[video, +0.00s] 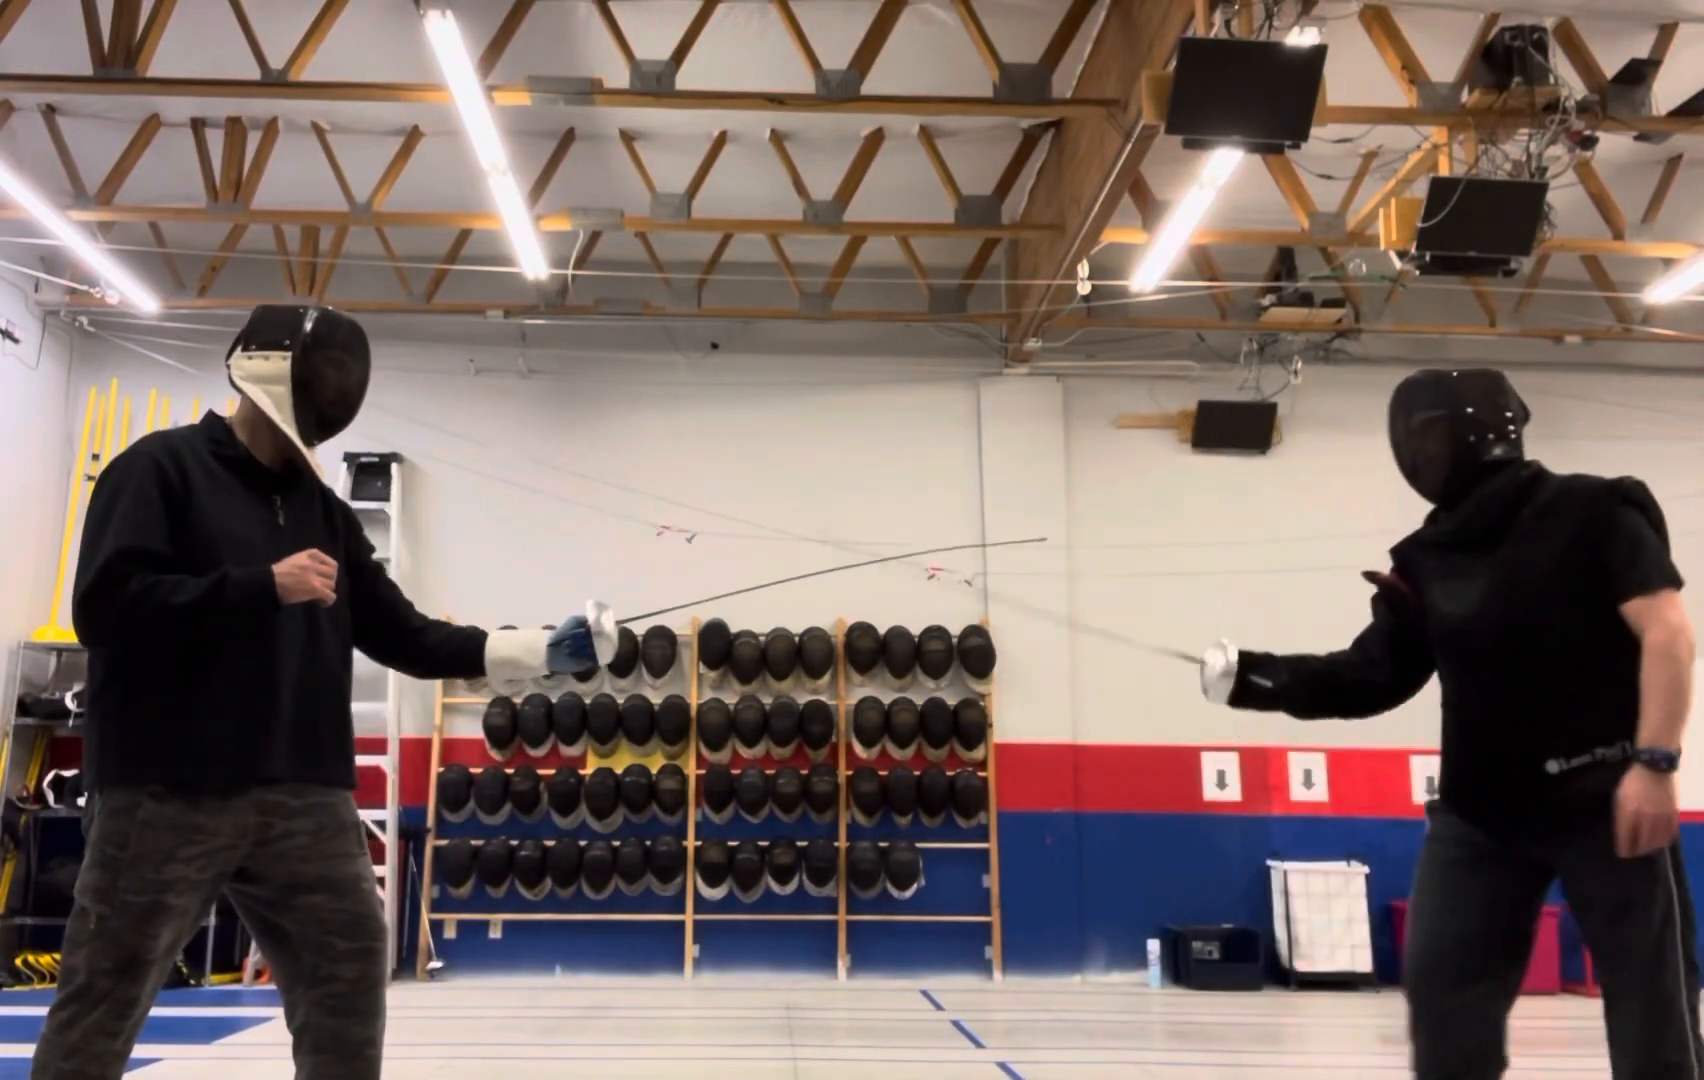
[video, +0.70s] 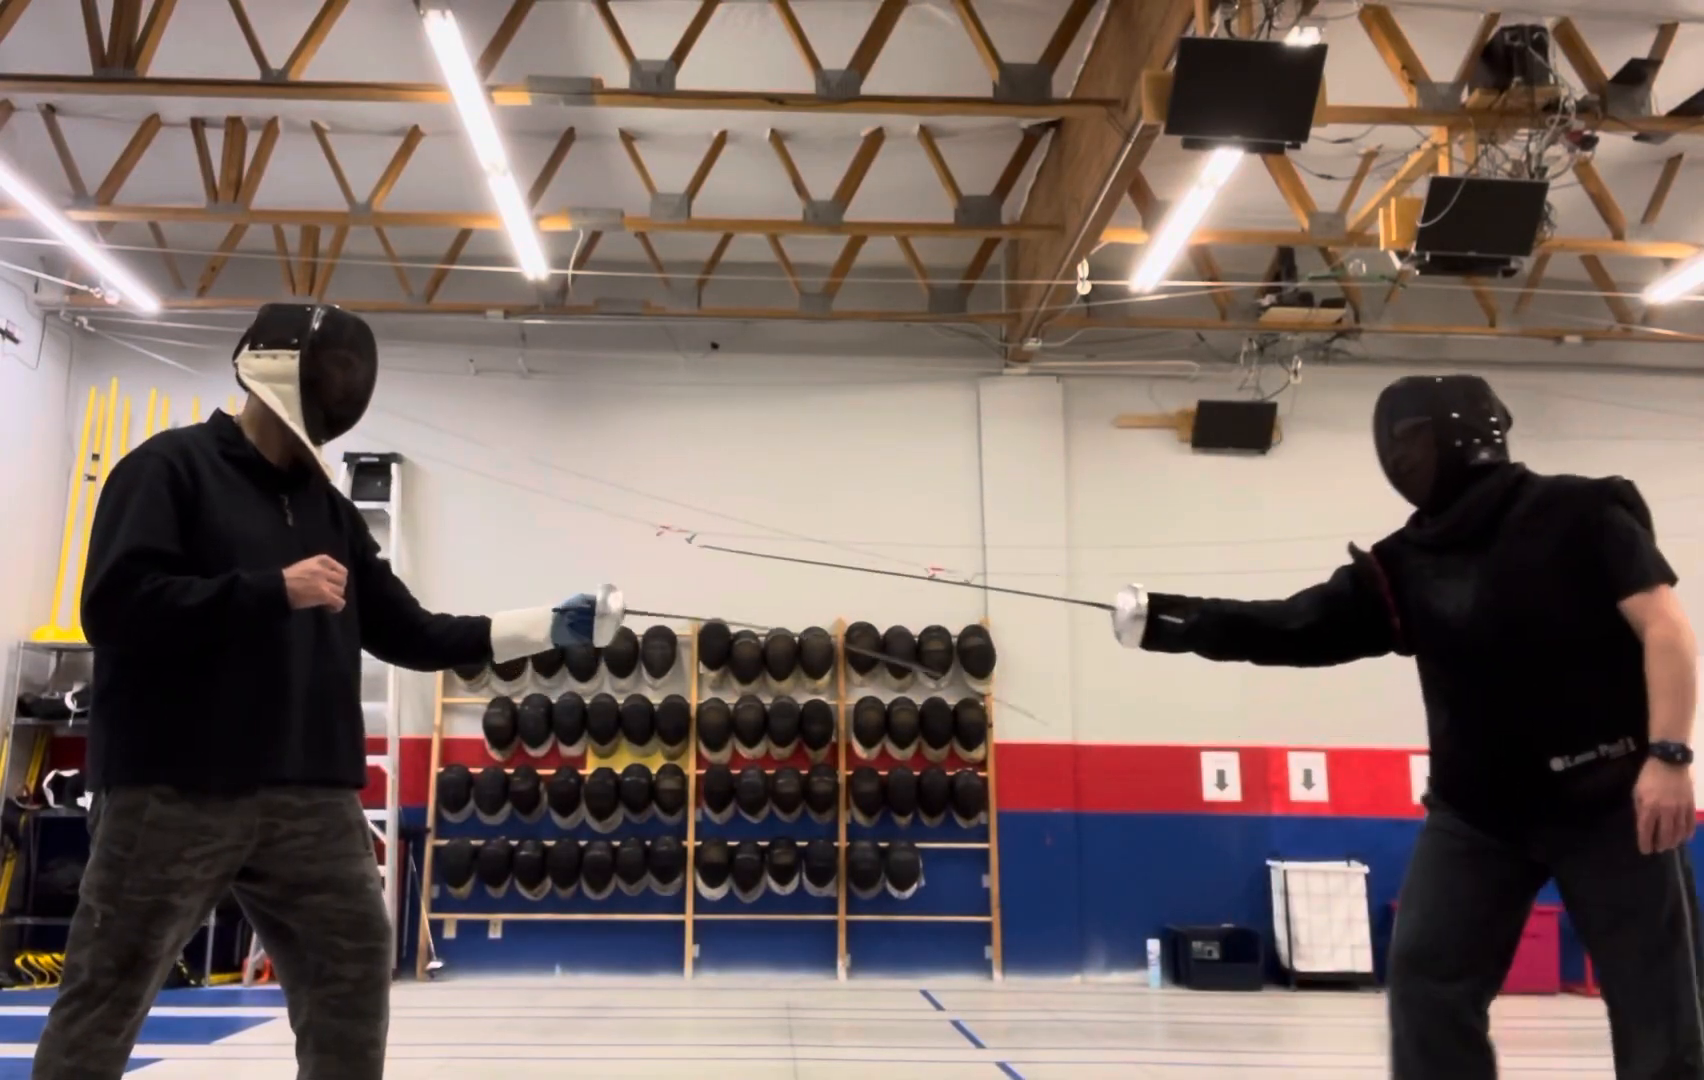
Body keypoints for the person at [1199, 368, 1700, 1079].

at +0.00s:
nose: (1408, 459)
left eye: (1418, 438)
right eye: (1405, 444)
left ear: (1462, 432)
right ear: (1493, 432)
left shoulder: (1596, 513)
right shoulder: (1428, 561)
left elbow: (1668, 631)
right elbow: (1373, 676)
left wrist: (1656, 764)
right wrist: (1250, 676)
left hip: (1606, 804)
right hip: (1480, 817)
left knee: (1654, 1021)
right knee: (1445, 1008)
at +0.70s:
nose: (1396, 463)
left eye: (1407, 442)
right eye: (1392, 448)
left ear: (1456, 436)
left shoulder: (1584, 513)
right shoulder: (1405, 567)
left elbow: (1666, 630)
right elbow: (1296, 624)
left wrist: (1670, 755)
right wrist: (1166, 620)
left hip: (1607, 804)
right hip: (1477, 819)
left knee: (1660, 1023)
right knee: (1428, 1001)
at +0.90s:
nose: (1319, 474)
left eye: (1329, 453)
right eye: (1317, 459)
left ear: (1373, 449)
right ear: (1398, 449)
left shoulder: (1507, 526)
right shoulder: (1336, 581)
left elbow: (1593, 641)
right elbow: (1229, 640)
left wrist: (1611, 767)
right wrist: (1102, 631)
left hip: (1542, 823)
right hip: (1412, 839)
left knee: (1624, 1048)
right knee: (1358, 1050)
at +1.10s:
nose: (1213, 464)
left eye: (1221, 442)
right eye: (1209, 448)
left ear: (1274, 432)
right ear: (1268, 440)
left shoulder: (1394, 506)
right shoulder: (1235, 569)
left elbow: (1481, 621)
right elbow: (1141, 646)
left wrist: (1482, 747)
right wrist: (1018, 635)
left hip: (1437, 802)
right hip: (1312, 824)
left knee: (1551, 1030)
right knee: (1279, 1049)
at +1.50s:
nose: (1116, 447)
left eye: (1124, 427)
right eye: (1114, 431)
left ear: (1165, 425)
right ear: (1179, 429)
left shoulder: (1292, 491)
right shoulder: (1135, 552)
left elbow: (1376, 600)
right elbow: (1015, 588)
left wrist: (1328, 712)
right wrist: (898, 556)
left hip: (1362, 782)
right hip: (1240, 811)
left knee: (1456, 980)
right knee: (1243, 1034)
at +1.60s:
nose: (1122, 447)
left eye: (1131, 425)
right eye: (1118, 432)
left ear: (1184, 419)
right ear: (1159, 436)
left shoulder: (1299, 491)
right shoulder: (1141, 553)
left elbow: (1382, 604)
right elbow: (1022, 594)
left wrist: (1338, 716)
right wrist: (902, 567)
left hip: (1366, 781)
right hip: (1242, 808)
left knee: (1455, 982)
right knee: (1244, 1037)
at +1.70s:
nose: (1144, 445)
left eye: (1154, 424)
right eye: (1140, 430)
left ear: (1205, 420)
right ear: (1203, 428)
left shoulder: (1315, 495)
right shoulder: (1162, 556)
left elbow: (1395, 610)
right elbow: (1064, 624)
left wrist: (1358, 724)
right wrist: (946, 605)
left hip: (1379, 785)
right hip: (1256, 811)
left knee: (1477, 994)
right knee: (1250, 1036)